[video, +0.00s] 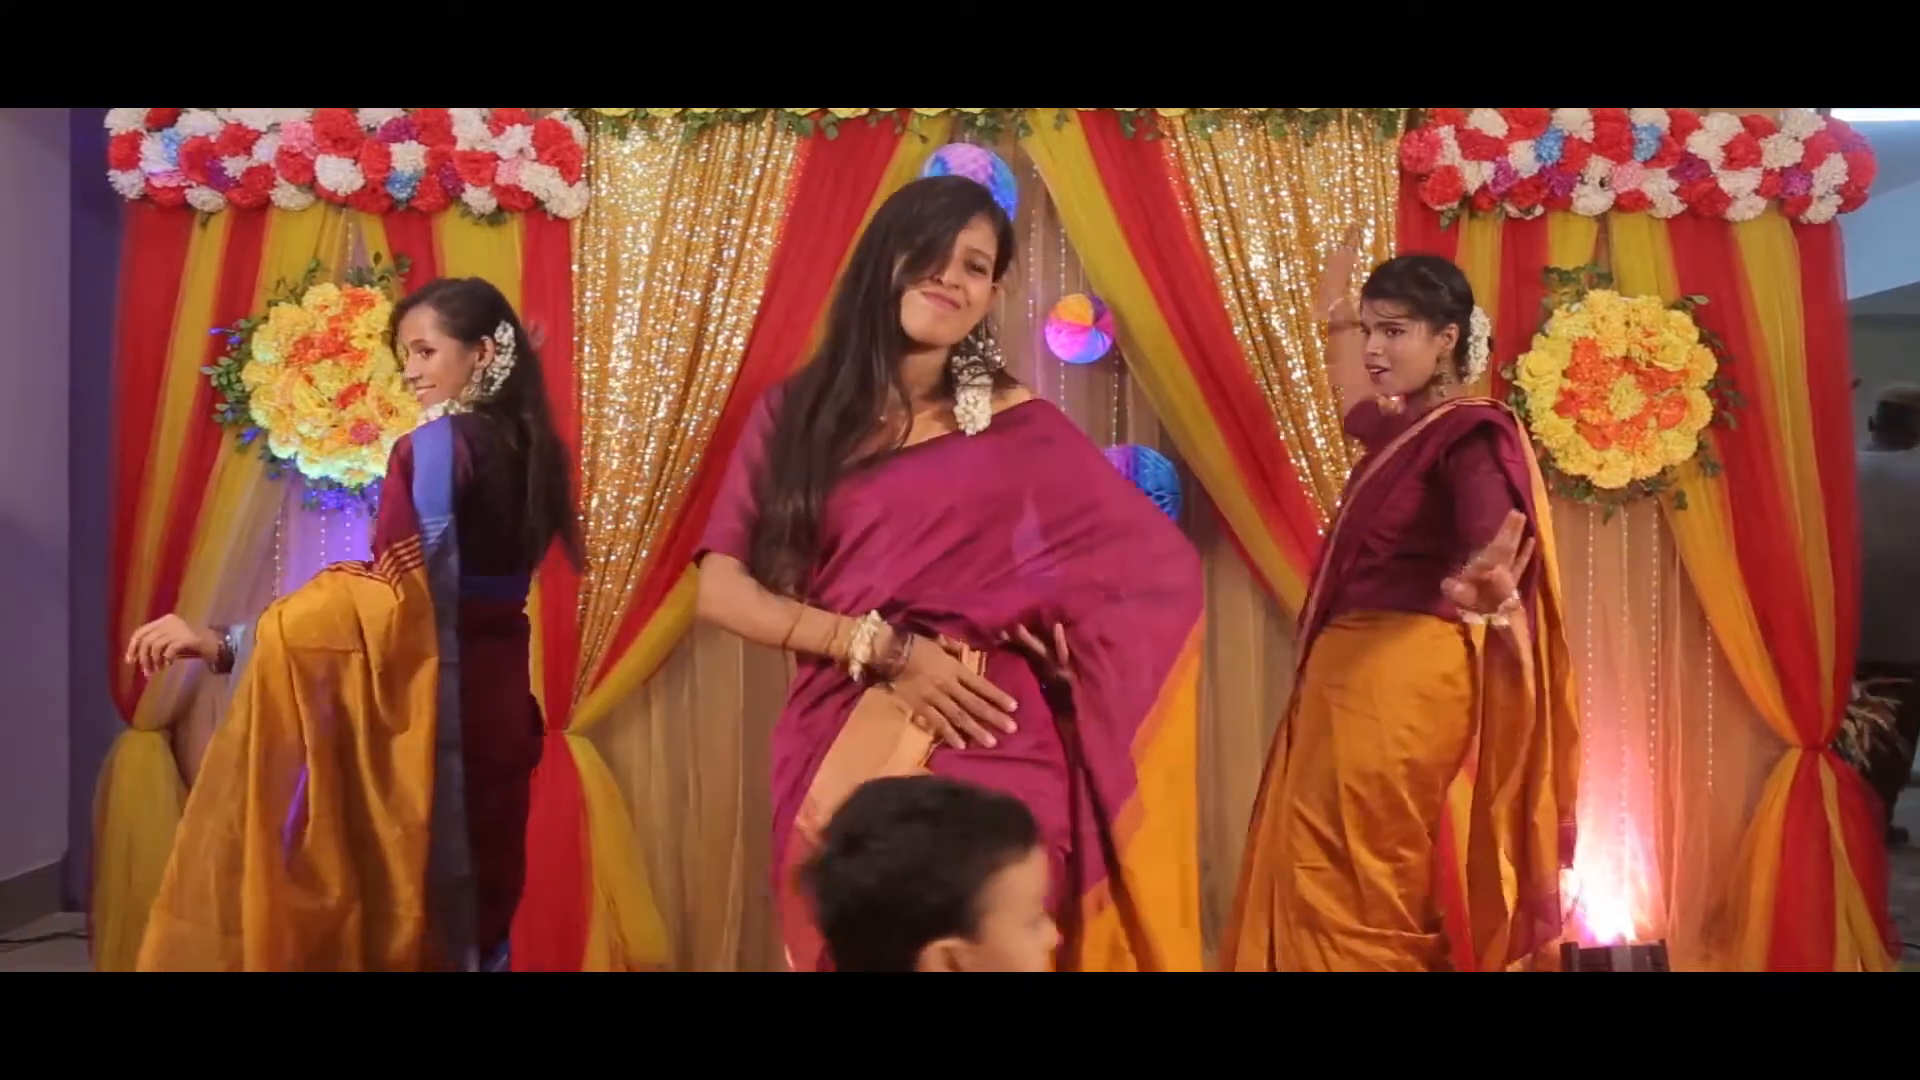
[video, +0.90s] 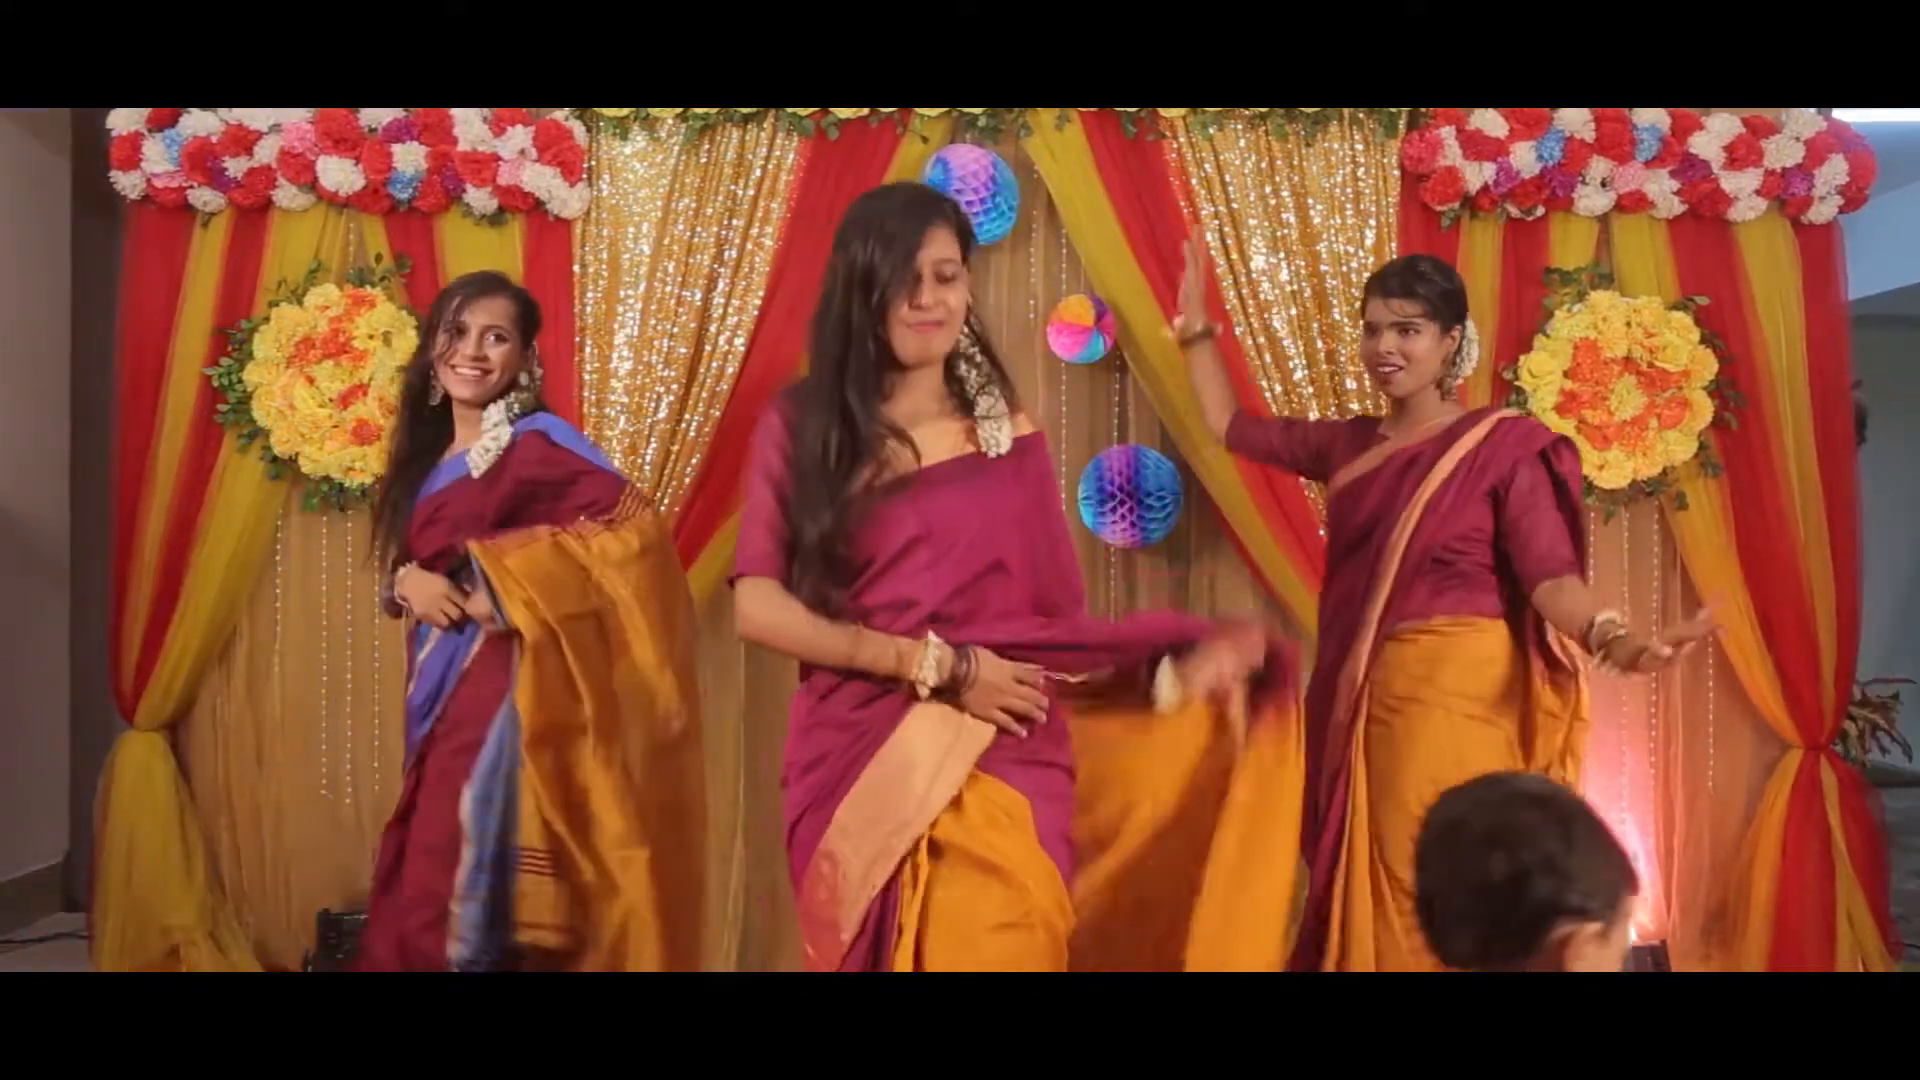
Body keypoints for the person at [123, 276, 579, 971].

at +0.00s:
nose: (410, 371)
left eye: (425, 350)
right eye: (406, 355)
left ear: (489, 351)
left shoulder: (434, 445)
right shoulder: (531, 446)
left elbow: (400, 605)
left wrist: (225, 644)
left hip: (440, 707)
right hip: (503, 702)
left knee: (421, 905)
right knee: (484, 910)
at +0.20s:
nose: (414, 366)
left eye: (433, 347)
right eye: (406, 351)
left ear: (488, 355)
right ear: (398, 355)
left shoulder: (458, 440)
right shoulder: (496, 438)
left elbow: (422, 586)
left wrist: (311, 665)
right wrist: (313, 673)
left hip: (459, 717)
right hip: (486, 711)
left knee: (438, 915)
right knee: (463, 915)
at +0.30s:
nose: (430, 343)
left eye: (449, 325)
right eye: (417, 327)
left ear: (497, 335)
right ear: (407, 338)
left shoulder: (477, 428)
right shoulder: (450, 424)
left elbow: (473, 576)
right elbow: (416, 569)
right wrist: (352, 664)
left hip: (449, 683)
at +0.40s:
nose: (440, 336)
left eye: (461, 319)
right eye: (427, 319)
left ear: (506, 331)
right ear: (414, 329)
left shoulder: (497, 418)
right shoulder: (452, 414)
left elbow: (494, 565)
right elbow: (450, 554)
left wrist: (420, 659)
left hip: (462, 672)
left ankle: (294, 954)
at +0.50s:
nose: (448, 358)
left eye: (468, 341)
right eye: (434, 342)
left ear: (509, 355)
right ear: (421, 355)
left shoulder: (504, 439)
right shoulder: (454, 439)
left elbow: (508, 585)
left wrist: (422, 676)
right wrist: (401, 449)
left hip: (458, 714)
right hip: (424, 713)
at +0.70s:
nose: (460, 362)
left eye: (483, 348)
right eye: (447, 345)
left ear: (518, 370)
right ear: (427, 361)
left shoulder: (527, 458)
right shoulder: (449, 462)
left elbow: (587, 585)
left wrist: (407, 613)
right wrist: (405, 611)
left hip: (495, 713)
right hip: (439, 703)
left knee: (403, 857)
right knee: (379, 862)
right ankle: (359, 959)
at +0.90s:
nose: (473, 350)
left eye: (496, 336)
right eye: (457, 332)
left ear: (523, 358)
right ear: (434, 347)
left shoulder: (537, 440)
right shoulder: (438, 464)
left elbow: (642, 530)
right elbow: (413, 564)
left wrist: (516, 581)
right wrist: (404, 579)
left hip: (515, 698)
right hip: (448, 703)